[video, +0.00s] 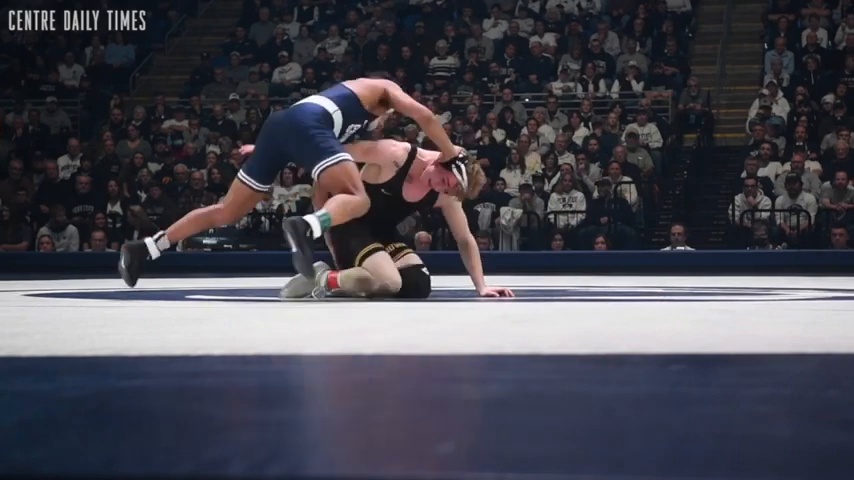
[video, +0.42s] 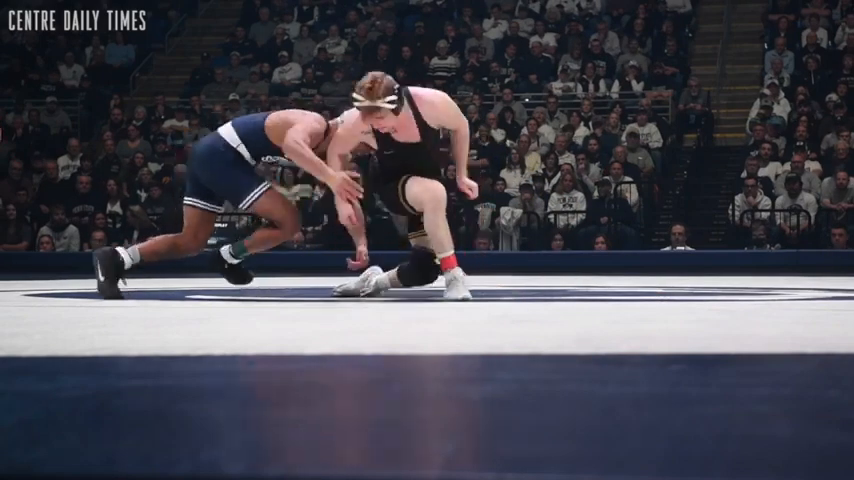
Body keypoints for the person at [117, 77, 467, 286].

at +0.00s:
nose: (382, 113)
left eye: (382, 112)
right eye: (387, 106)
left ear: (368, 108)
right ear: (383, 99)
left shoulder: (350, 122)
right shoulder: (380, 88)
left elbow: (295, 127)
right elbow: (424, 115)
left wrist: (258, 150)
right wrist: (449, 149)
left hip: (277, 126)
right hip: (310, 119)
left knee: (228, 211)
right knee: (359, 197)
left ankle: (150, 248)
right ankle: (309, 224)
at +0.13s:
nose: (365, 100)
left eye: (367, 98)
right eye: (364, 94)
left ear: (355, 102)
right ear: (351, 85)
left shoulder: (324, 141)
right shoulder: (334, 87)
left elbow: (331, 201)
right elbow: (375, 101)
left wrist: (352, 254)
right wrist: (426, 119)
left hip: (224, 149)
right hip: (252, 143)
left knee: (205, 239)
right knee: (303, 220)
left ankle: (131, 269)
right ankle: (261, 269)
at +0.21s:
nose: (343, 127)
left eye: (345, 123)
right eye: (343, 119)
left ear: (334, 127)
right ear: (334, 107)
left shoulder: (303, 161)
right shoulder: (311, 105)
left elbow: (336, 212)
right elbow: (354, 113)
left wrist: (380, 247)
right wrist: (407, 123)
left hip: (195, 149)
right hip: (222, 138)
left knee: (190, 243)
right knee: (280, 212)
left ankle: (121, 274)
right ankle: (251, 269)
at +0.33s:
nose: (342, 157)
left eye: (345, 154)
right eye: (343, 149)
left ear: (331, 134)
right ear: (335, 134)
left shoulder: (306, 162)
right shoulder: (297, 120)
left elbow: (336, 210)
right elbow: (329, 141)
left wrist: (364, 251)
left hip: (188, 153)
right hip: (208, 148)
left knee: (185, 245)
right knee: (286, 205)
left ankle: (120, 270)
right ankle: (229, 257)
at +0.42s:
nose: (370, 140)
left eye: (373, 135)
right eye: (370, 131)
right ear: (352, 120)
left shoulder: (334, 152)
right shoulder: (315, 124)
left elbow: (345, 202)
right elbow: (292, 144)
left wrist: (361, 244)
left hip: (209, 154)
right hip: (221, 157)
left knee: (192, 241)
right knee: (289, 224)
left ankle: (119, 259)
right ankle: (231, 255)